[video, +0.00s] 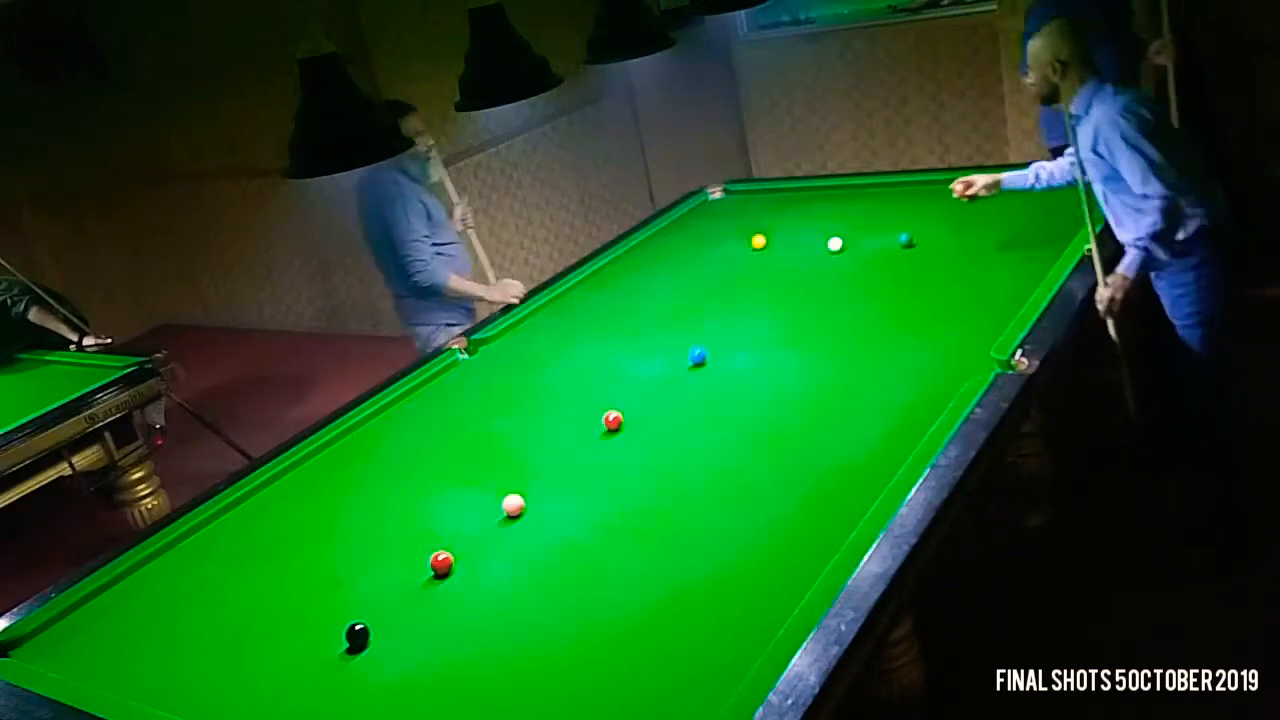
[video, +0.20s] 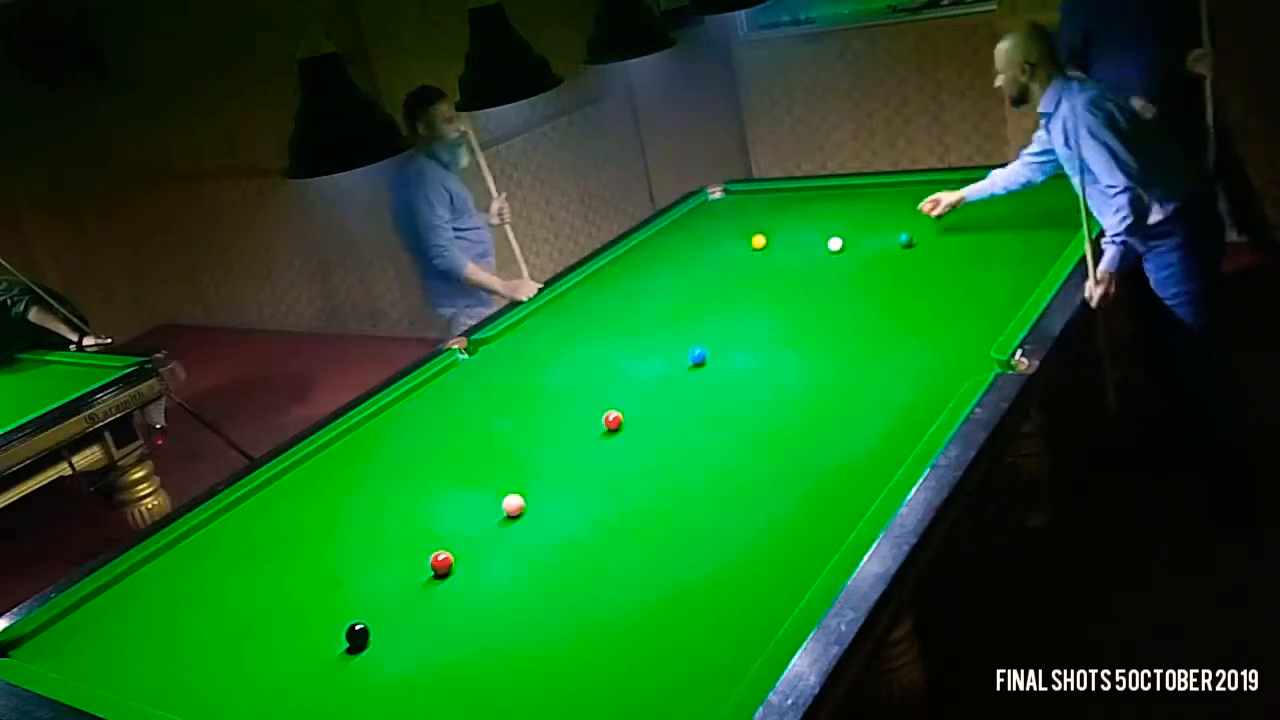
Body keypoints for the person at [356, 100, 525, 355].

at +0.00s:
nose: (427, 142)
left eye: (425, 132)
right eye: (415, 138)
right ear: (392, 146)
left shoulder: (401, 180)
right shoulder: (393, 188)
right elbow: (420, 272)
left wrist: (451, 226)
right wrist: (489, 292)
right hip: (439, 324)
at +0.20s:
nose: (458, 126)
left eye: (456, 117)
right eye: (447, 121)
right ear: (423, 129)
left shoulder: (435, 168)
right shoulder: (424, 176)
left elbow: (450, 223)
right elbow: (441, 255)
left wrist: (486, 218)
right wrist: (503, 286)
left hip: (477, 299)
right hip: (464, 307)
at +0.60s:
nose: (495, 116)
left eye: (494, 108)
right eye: (484, 110)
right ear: (458, 114)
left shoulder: (467, 148)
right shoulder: (449, 159)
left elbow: (482, 207)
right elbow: (462, 238)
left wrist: (523, 207)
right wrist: (507, 286)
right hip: (477, 286)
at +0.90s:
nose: (512, 115)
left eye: (511, 106)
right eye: (502, 108)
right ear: (476, 113)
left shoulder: (488, 147)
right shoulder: (464, 160)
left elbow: (500, 200)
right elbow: (470, 236)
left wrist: (538, 204)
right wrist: (510, 287)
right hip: (496, 277)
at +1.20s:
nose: (531, 107)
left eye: (530, 98)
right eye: (520, 100)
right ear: (497, 107)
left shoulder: (508, 138)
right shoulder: (486, 154)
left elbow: (521, 192)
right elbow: (478, 228)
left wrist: (557, 196)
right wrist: (512, 286)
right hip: (536, 282)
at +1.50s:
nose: (551, 101)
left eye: (550, 92)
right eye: (540, 94)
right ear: (517, 102)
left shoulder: (532, 136)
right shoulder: (505, 146)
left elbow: (537, 195)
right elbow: (493, 221)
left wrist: (574, 193)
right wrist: (530, 275)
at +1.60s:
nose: (561, 98)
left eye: (559, 88)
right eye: (550, 91)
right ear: (528, 99)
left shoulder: (540, 130)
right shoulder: (512, 143)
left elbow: (545, 191)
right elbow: (512, 219)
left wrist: (581, 190)